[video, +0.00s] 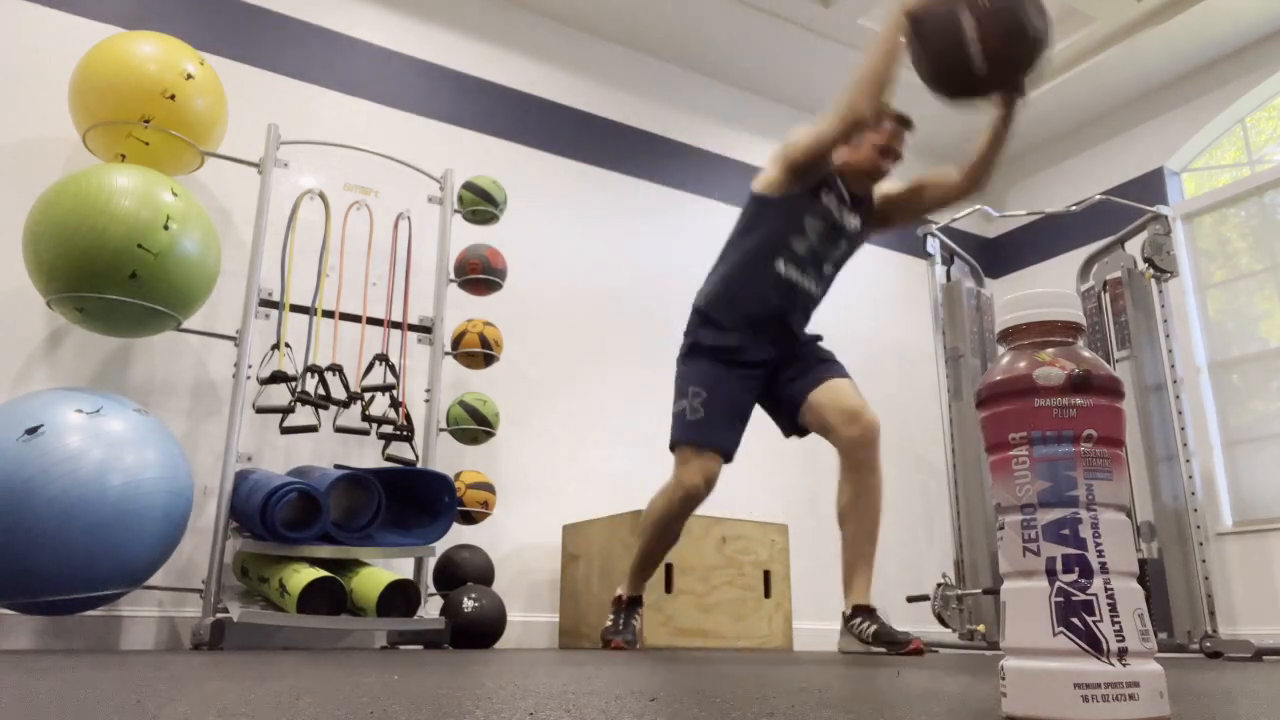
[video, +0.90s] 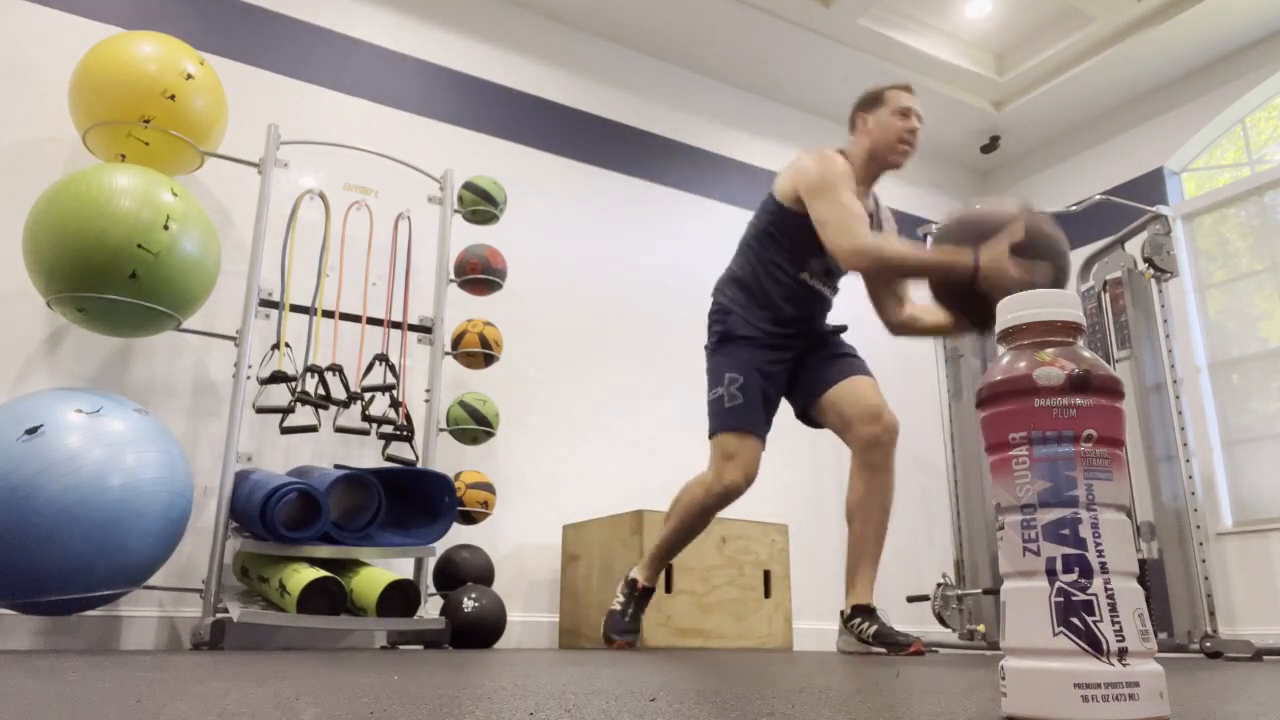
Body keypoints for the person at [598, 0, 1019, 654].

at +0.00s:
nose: (890, 161)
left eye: (896, 156)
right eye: (884, 148)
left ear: (890, 162)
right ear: (849, 137)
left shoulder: (866, 212)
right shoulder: (797, 171)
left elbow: (964, 184)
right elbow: (852, 112)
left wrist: (1005, 111)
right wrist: (902, 14)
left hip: (787, 348)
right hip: (720, 340)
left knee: (859, 430)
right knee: (695, 478)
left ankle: (858, 614)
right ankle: (627, 599)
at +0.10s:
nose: (912, 215)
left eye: (919, 206)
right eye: (909, 199)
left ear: (917, 205)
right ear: (877, 180)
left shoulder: (877, 246)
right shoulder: (816, 200)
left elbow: (951, 293)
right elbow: (867, 255)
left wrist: (1006, 259)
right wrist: (958, 189)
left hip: (788, 366)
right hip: (724, 354)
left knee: (866, 430)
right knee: (700, 497)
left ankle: (860, 614)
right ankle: (631, 605)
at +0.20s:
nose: (939, 251)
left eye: (946, 242)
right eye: (936, 234)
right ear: (900, 211)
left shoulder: (894, 284)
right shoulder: (834, 232)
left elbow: (930, 363)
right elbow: (842, 338)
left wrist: (960, 398)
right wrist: (919, 383)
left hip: (797, 372)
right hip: (729, 361)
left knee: (871, 432)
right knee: (703, 503)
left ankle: (861, 613)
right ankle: (630, 605)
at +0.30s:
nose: (960, 279)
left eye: (968, 269)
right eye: (960, 263)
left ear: (933, 248)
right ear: (925, 237)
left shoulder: (908, 304)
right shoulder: (851, 257)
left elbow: (911, 404)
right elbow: (828, 377)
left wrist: (940, 495)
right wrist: (860, 487)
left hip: (804, 376)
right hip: (735, 365)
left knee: (883, 433)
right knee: (707, 502)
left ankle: (860, 612)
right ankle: (630, 604)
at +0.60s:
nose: (979, 266)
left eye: (986, 254)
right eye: (975, 248)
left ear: (942, 237)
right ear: (936, 227)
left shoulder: (912, 298)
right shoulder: (863, 252)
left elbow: (906, 399)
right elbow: (850, 382)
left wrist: (940, 469)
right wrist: (934, 455)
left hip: (802, 366)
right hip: (740, 349)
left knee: (876, 437)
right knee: (711, 496)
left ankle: (861, 612)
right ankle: (624, 597)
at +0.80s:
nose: (948, 167)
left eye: (952, 158)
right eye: (939, 152)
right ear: (896, 150)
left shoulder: (894, 242)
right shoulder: (844, 193)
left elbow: (900, 345)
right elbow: (856, 304)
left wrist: (960, 375)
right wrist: (959, 350)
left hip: (806, 342)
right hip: (745, 332)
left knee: (876, 429)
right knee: (719, 484)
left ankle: (859, 612)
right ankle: (627, 592)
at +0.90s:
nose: (913, 130)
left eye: (918, 123)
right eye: (903, 115)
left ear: (912, 143)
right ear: (862, 120)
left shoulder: (878, 217)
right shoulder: (820, 165)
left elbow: (899, 316)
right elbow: (853, 250)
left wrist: (975, 315)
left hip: (810, 338)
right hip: (748, 325)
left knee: (876, 428)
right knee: (733, 473)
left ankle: (860, 614)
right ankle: (642, 579)